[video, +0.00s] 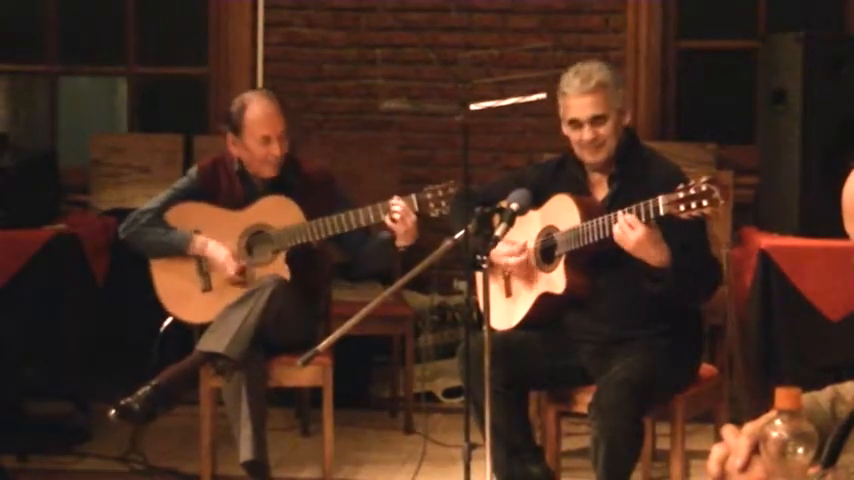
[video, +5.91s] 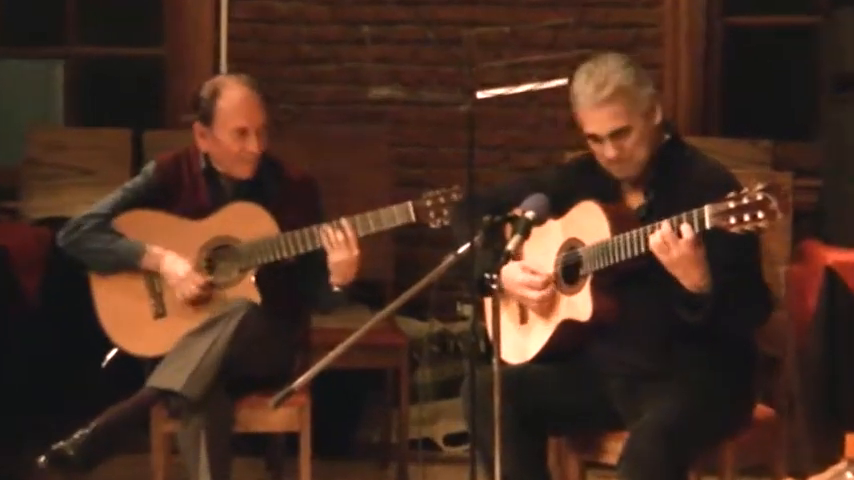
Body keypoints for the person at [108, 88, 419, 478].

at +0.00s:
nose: (277, 150)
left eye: (282, 138)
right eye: (265, 141)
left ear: (289, 133)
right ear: (235, 143)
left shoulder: (309, 182)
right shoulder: (212, 177)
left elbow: (357, 252)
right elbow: (134, 229)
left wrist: (397, 242)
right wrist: (203, 247)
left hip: (296, 317)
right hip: (227, 312)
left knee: (273, 287)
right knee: (246, 358)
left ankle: (168, 383)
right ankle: (254, 468)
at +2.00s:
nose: (277, 163)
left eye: (282, 151)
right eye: (265, 155)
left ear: (289, 142)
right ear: (234, 153)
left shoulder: (308, 182)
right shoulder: (211, 177)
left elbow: (344, 261)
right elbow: (133, 230)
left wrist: (379, 248)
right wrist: (199, 256)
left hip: (294, 315)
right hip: (228, 312)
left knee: (272, 290)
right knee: (243, 354)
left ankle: (168, 381)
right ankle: (255, 469)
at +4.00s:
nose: (280, 169)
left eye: (284, 157)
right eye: (269, 162)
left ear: (290, 145)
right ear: (238, 157)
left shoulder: (313, 183)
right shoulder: (213, 176)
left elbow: (343, 269)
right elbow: (134, 227)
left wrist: (347, 252)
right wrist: (195, 262)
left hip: (297, 315)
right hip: (228, 312)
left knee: (271, 289)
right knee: (245, 357)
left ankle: (165, 380)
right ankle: (255, 468)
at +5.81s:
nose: (260, 151)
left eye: (266, 137)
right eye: (246, 139)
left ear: (275, 131)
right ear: (208, 138)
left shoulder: (294, 190)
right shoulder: (178, 175)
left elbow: (314, 287)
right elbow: (85, 232)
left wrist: (343, 280)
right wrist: (170, 258)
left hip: (273, 342)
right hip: (190, 332)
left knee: (244, 310)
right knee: (211, 394)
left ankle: (118, 420)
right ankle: (213, 474)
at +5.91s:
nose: (255, 147)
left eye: (261, 133)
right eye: (240, 135)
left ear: (269, 129)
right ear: (202, 135)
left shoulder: (291, 189)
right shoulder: (172, 174)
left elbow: (312, 293)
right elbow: (77, 234)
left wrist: (339, 283)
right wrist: (162, 261)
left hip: (270, 346)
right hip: (186, 338)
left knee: (241, 316)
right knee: (206, 405)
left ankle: (107, 428)